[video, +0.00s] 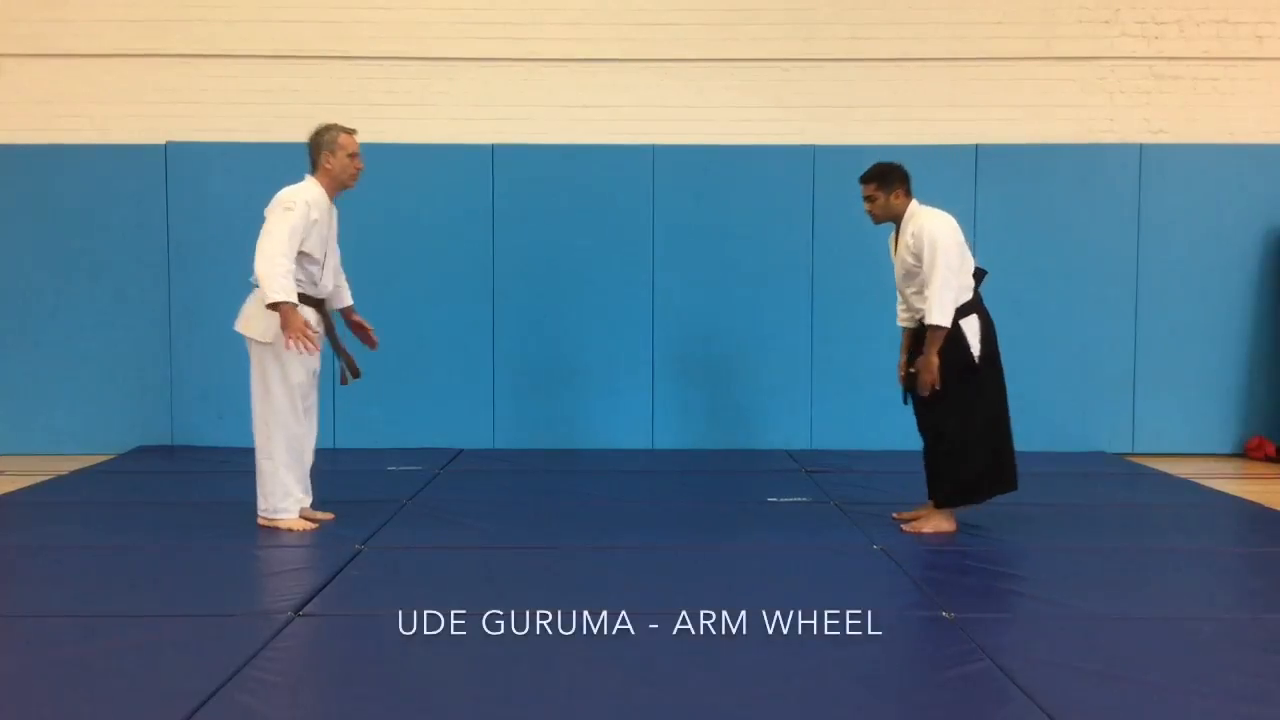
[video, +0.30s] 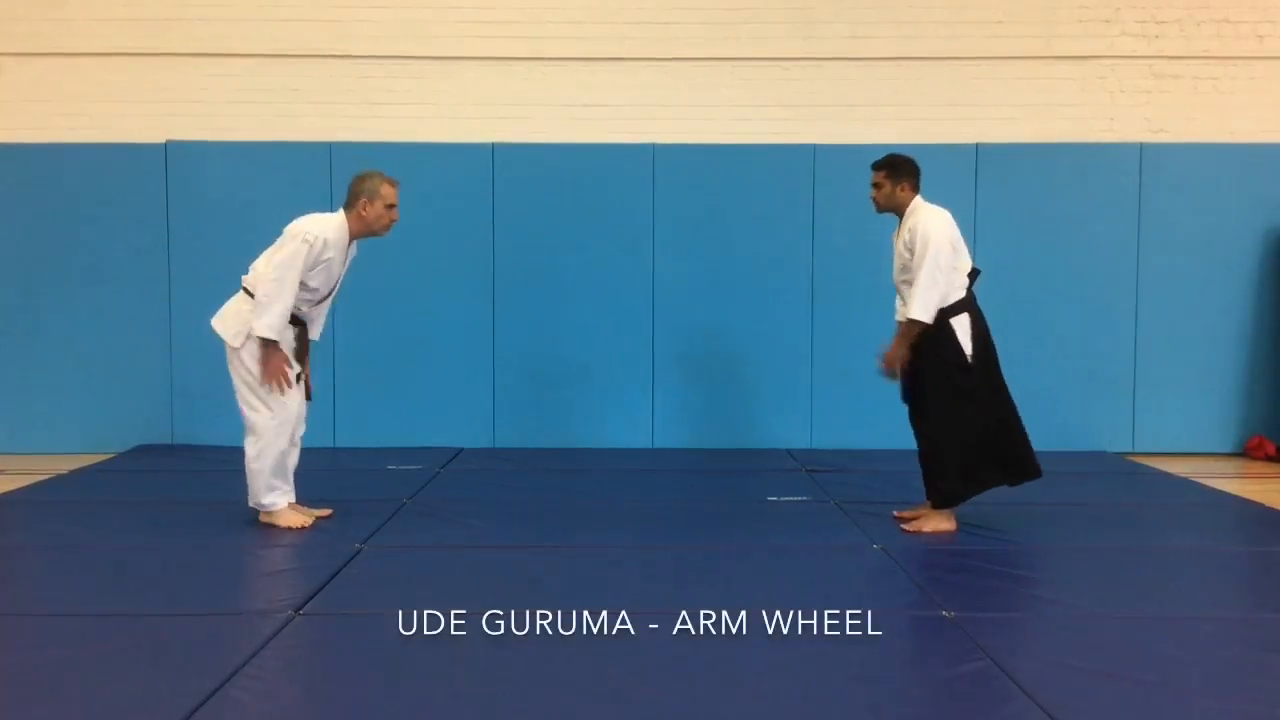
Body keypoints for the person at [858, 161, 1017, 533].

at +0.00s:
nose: (867, 207)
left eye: (872, 199)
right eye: (865, 200)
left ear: (898, 195)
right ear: (893, 198)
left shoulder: (936, 226)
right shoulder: (900, 235)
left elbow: (943, 293)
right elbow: (907, 300)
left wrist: (931, 354)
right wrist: (906, 353)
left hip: (957, 332)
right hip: (931, 332)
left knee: (948, 420)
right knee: (933, 420)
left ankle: (945, 512)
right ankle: (936, 504)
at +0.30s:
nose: (872, 193)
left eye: (878, 186)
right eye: (872, 186)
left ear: (903, 187)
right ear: (899, 188)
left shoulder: (931, 222)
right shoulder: (907, 226)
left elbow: (929, 290)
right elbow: (913, 289)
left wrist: (903, 342)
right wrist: (901, 341)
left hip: (946, 330)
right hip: (927, 329)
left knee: (939, 417)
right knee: (927, 416)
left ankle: (944, 511)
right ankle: (936, 503)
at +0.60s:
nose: (896, 181)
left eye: (903, 174)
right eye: (897, 174)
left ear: (927, 178)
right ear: (925, 179)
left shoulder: (937, 219)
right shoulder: (929, 216)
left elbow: (887, 254)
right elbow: (912, 268)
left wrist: (828, 242)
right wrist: (885, 274)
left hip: (927, 324)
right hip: (922, 320)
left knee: (900, 404)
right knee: (910, 404)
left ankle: (926, 499)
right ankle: (928, 498)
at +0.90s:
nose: (886, 181)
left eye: (892, 175)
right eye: (887, 174)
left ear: (916, 179)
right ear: (915, 180)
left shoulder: (919, 219)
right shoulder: (926, 215)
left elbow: (868, 247)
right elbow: (890, 274)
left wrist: (819, 224)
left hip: (906, 325)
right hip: (922, 322)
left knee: (876, 406)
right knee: (925, 409)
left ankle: (875, 508)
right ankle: (936, 501)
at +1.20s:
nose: (860, 191)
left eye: (867, 185)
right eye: (861, 184)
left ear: (892, 191)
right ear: (890, 191)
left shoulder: (895, 231)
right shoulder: (904, 226)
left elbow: (863, 284)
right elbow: (879, 291)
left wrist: (820, 267)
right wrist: (838, 298)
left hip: (887, 337)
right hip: (905, 333)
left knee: (851, 417)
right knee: (915, 417)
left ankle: (833, 511)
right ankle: (934, 498)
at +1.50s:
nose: (820, 198)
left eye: (827, 193)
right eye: (823, 192)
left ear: (848, 200)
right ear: (851, 202)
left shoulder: (856, 245)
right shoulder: (849, 240)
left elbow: (818, 300)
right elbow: (794, 287)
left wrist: (787, 270)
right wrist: (761, 259)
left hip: (842, 355)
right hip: (858, 351)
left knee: (806, 443)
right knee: (872, 433)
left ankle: (813, 545)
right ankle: (911, 503)